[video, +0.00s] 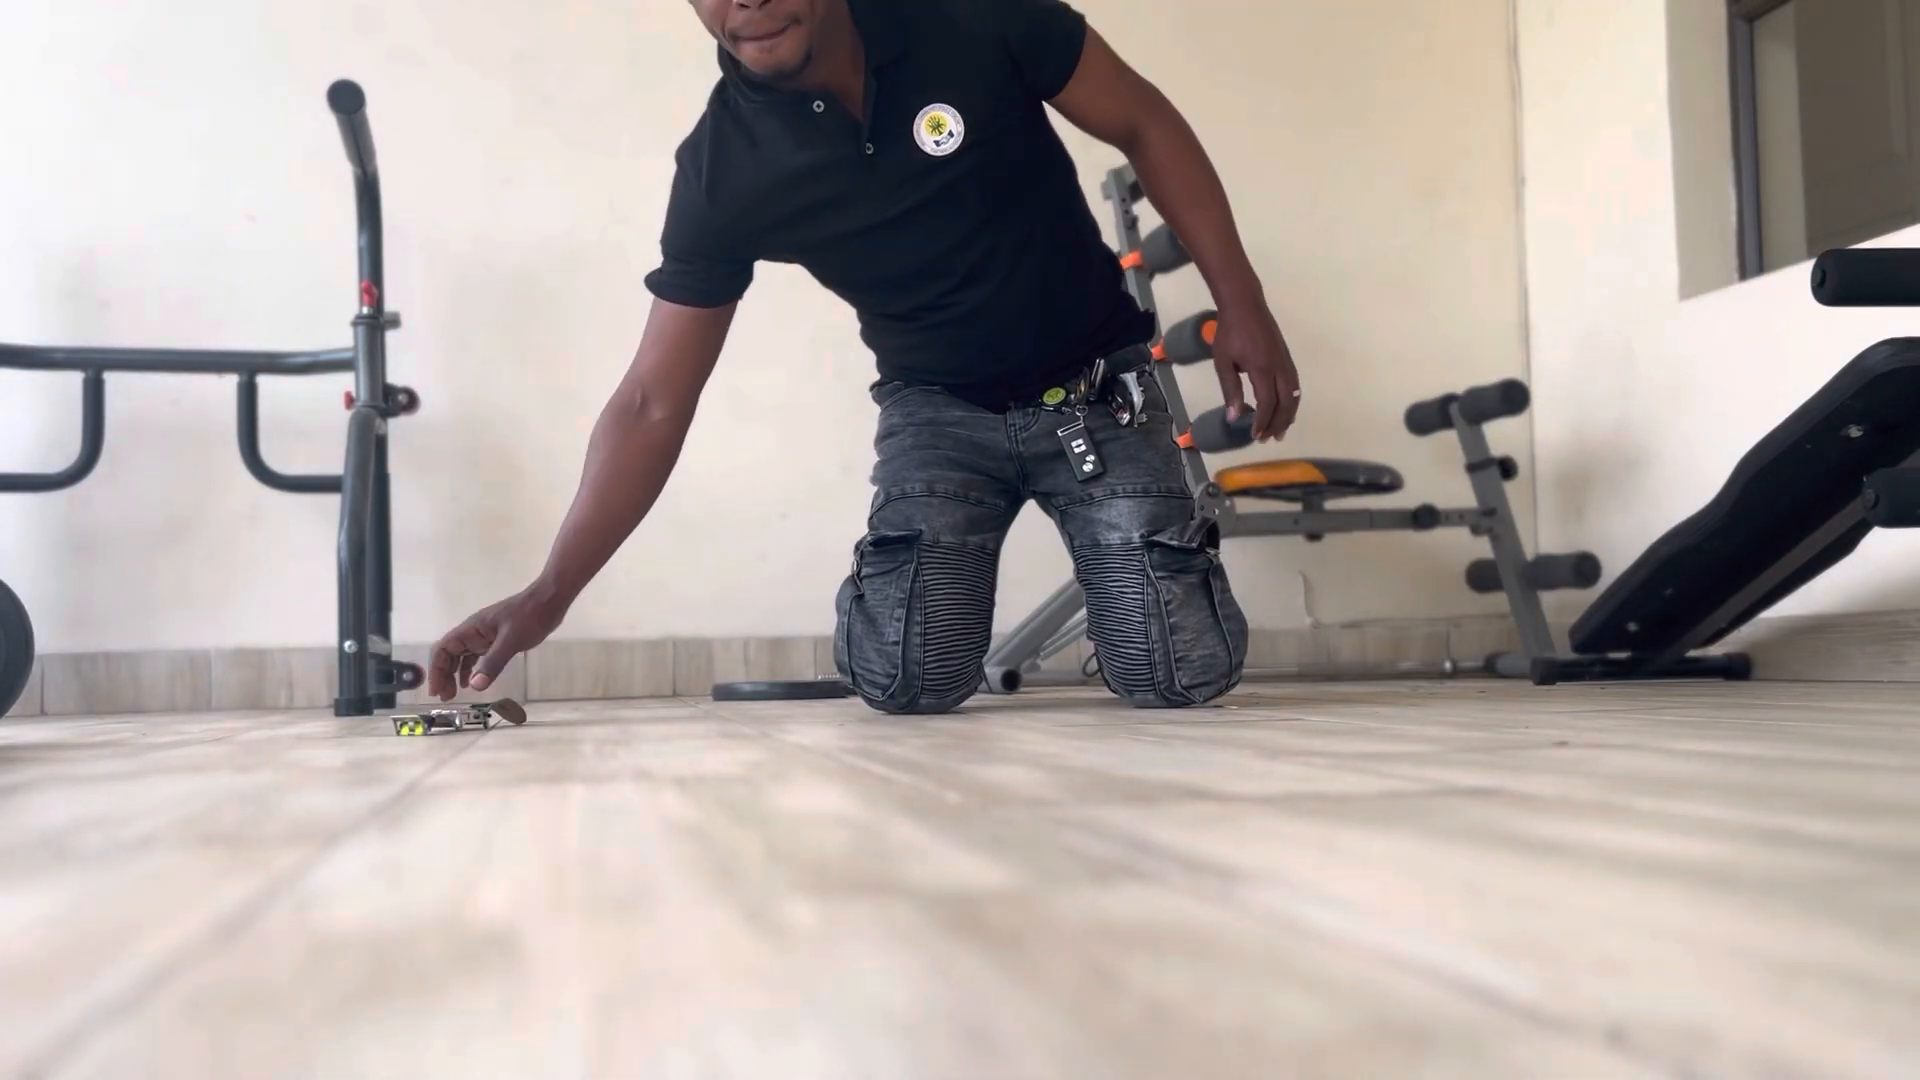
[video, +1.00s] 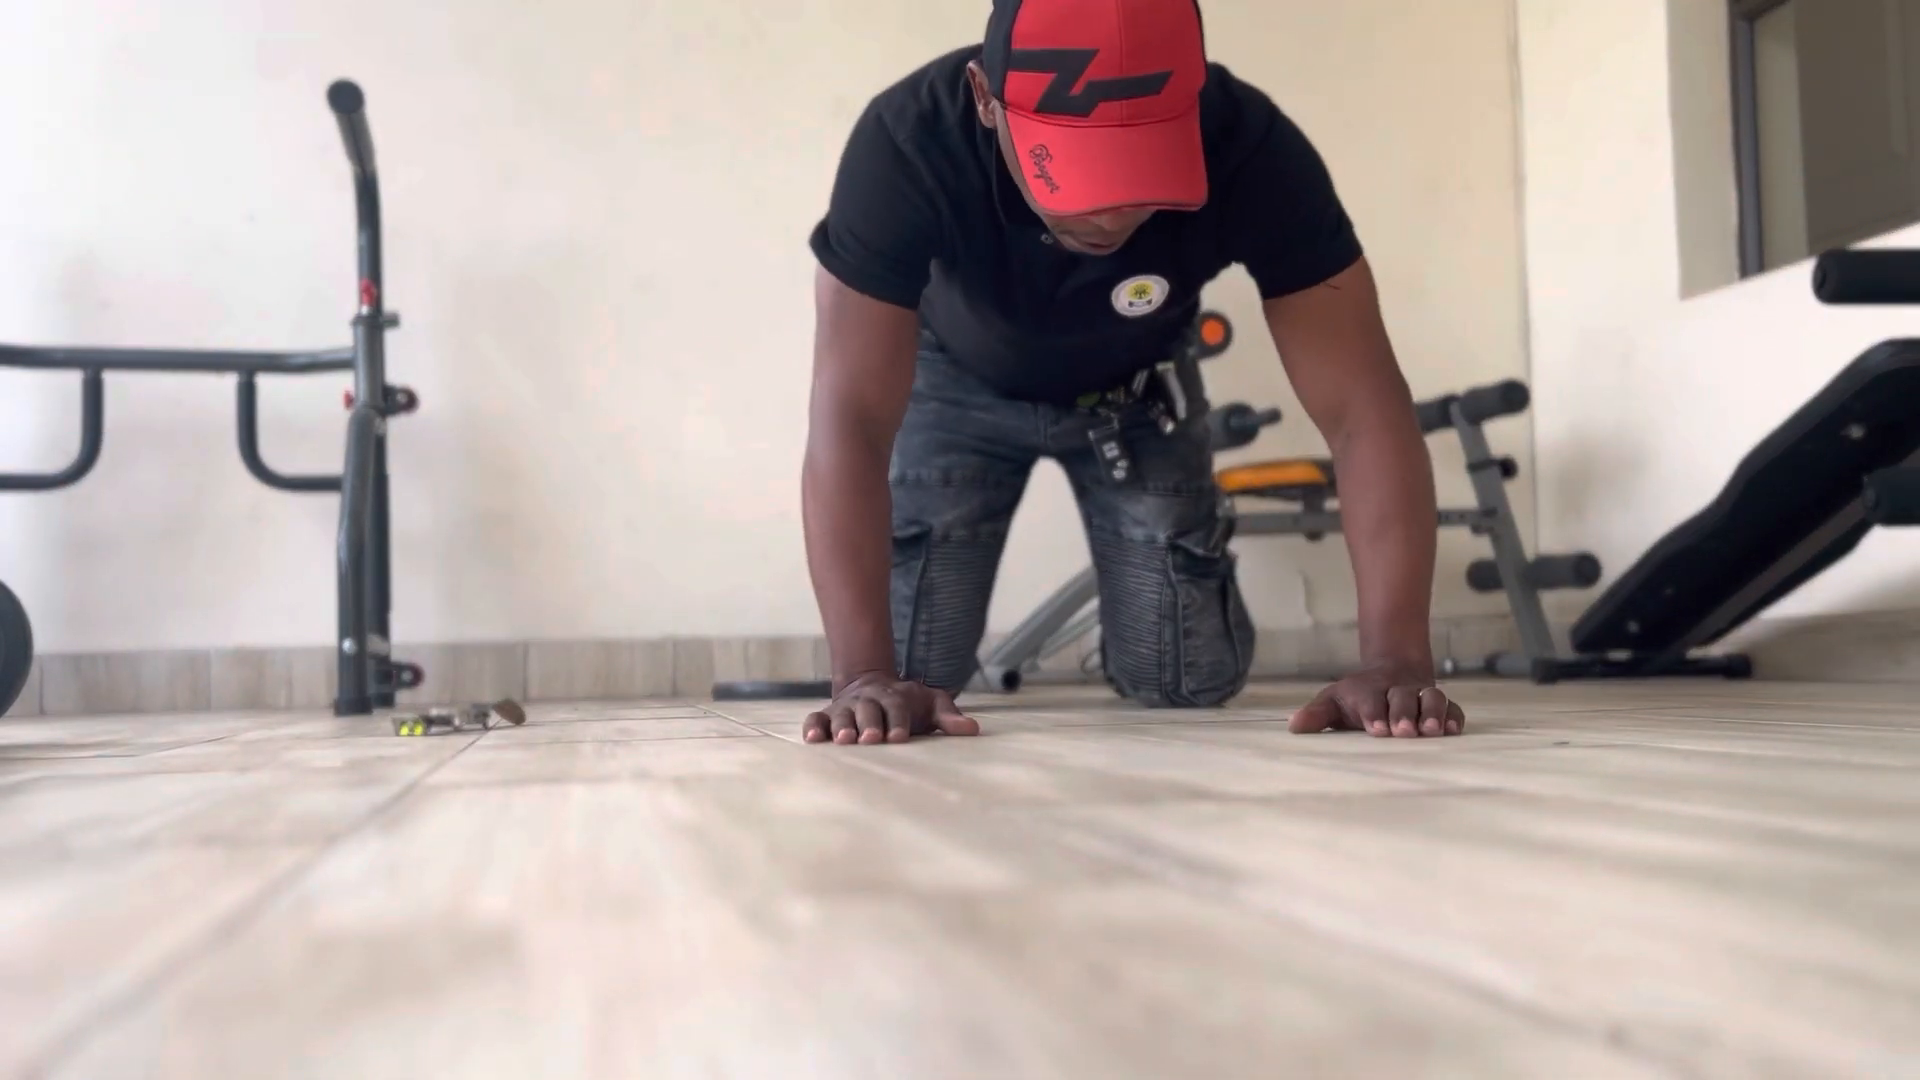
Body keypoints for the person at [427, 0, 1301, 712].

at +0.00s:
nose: (743, 18)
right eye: (716, 4)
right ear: (697, 11)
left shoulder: (975, 22)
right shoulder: (726, 166)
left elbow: (1144, 122)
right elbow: (646, 409)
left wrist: (1244, 313)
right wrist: (546, 595)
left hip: (1101, 381)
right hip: (936, 408)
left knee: (1185, 670)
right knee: (904, 673)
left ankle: (1122, 608)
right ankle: (953, 631)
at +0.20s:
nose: (810, 1)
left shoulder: (1010, 21)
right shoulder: (750, 145)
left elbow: (1176, 151)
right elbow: (698, 387)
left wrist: (1255, 344)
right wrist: (647, 583)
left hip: (1099, 390)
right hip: (935, 413)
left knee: (1187, 669)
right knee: (906, 675)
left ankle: (1136, 618)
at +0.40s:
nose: (873, 11)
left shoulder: (1050, 29)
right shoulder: (780, 130)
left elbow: (1213, 192)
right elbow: (738, 374)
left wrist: (1274, 398)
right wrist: (744, 572)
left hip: (1102, 396)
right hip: (935, 414)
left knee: (1177, 670)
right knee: (909, 673)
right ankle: (891, 601)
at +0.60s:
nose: (959, 50)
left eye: (991, 15)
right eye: (926, 16)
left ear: (1035, 2)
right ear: (877, 9)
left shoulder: (1118, 60)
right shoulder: (831, 132)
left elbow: (1259, 264)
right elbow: (810, 377)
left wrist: (1297, 474)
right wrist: (838, 584)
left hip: (1109, 402)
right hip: (939, 414)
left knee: (1182, 675)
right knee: (912, 686)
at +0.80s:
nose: (1045, 183)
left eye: (1077, 151)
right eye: (1012, 151)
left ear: (1119, 90)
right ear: (938, 84)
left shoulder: (1194, 129)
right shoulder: (873, 161)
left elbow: (1334, 361)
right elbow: (849, 424)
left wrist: (1364, 594)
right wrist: (866, 672)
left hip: (1114, 400)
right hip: (943, 408)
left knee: (1177, 676)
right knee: (916, 680)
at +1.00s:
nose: (1112, 214)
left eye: (1141, 181)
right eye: (1076, 180)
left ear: (1182, 104)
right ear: (991, 107)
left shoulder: (1251, 153)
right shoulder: (906, 148)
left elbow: (1366, 405)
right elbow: (851, 419)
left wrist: (1395, 660)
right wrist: (863, 675)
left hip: (1138, 392)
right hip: (956, 393)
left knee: (1179, 679)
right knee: (909, 684)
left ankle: (1194, 583)